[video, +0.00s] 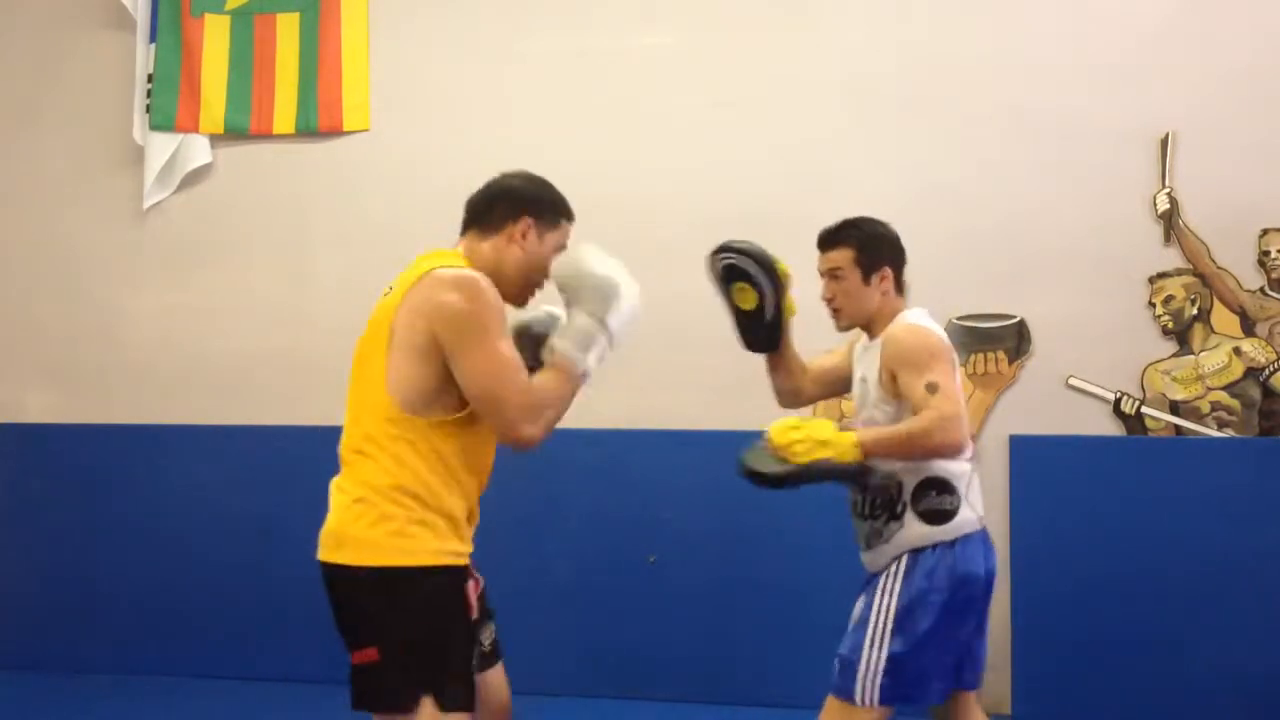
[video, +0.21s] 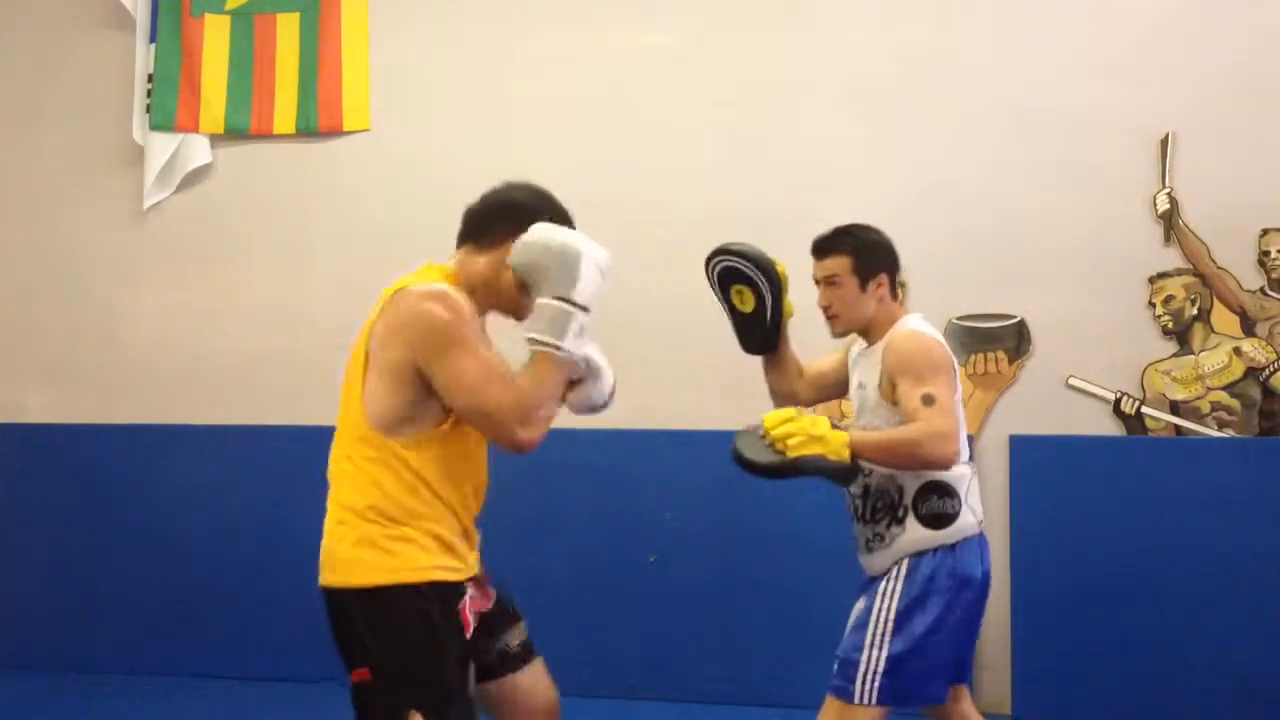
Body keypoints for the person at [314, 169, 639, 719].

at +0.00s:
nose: (551, 271)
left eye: (558, 256)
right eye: (554, 251)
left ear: (514, 230)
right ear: (521, 232)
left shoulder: (429, 280)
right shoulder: (461, 291)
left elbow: (435, 399)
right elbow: (525, 422)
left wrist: (520, 351)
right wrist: (587, 327)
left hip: (424, 551)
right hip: (398, 558)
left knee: (489, 702)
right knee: (429, 711)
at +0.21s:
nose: (538, 298)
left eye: (546, 286)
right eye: (541, 281)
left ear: (514, 254)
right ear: (515, 255)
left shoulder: (456, 309)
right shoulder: (430, 309)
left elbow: (507, 417)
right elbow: (522, 425)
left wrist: (561, 383)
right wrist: (562, 315)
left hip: (443, 566)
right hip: (390, 576)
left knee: (532, 702)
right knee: (426, 710)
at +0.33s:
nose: (568, 251)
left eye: (572, 237)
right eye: (569, 233)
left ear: (531, 224)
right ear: (536, 221)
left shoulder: (496, 302)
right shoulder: (424, 283)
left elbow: (540, 363)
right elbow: (480, 400)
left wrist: (628, 330)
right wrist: (555, 301)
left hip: (459, 543)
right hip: (387, 547)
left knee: (526, 702)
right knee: (407, 708)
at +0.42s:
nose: (578, 254)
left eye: (581, 243)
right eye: (575, 240)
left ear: (534, 228)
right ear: (540, 225)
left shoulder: (512, 299)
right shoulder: (432, 285)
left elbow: (619, 313)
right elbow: (465, 394)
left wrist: (708, 296)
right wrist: (549, 302)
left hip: (453, 539)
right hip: (384, 538)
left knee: (514, 704)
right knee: (412, 707)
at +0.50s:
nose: (580, 267)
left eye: (586, 256)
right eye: (580, 252)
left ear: (542, 235)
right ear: (543, 234)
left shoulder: (516, 307)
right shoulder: (437, 292)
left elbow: (591, 352)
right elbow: (443, 414)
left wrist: (691, 322)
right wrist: (542, 337)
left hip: (459, 539)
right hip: (390, 538)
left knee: (516, 703)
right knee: (416, 707)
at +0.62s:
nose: (578, 271)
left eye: (584, 254)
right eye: (580, 250)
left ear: (542, 234)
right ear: (543, 232)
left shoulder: (497, 313)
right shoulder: (434, 298)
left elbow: (485, 426)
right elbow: (408, 437)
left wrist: (584, 412)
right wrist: (528, 403)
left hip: (459, 546)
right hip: (395, 552)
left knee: (507, 705)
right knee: (402, 710)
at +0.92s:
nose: (550, 274)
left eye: (560, 255)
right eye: (556, 251)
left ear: (518, 231)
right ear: (524, 230)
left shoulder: (449, 292)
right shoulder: (425, 288)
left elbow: (448, 416)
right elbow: (438, 440)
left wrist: (526, 393)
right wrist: (531, 384)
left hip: (424, 552)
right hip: (370, 562)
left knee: (489, 705)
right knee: (378, 710)